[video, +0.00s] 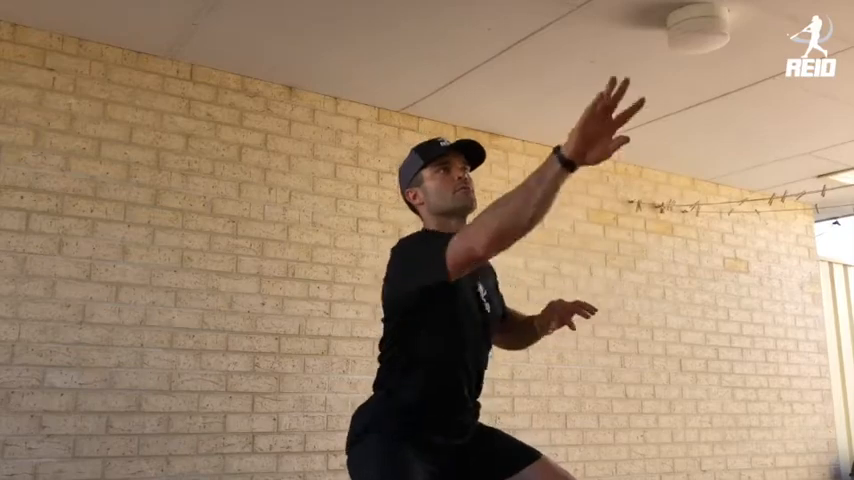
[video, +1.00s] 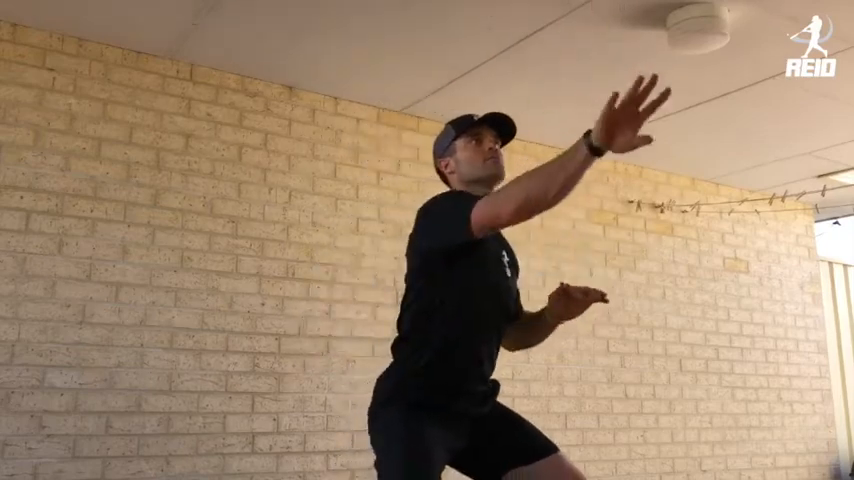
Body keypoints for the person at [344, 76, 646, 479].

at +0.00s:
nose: (462, 175)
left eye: (464, 168)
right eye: (444, 169)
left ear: (472, 182)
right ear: (415, 197)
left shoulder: (477, 265)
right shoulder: (411, 257)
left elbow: (501, 328)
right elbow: (482, 241)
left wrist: (540, 324)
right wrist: (568, 156)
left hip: (461, 436)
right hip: (396, 439)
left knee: (557, 476)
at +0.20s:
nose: (443, 149)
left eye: (447, 143)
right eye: (424, 144)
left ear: (455, 160)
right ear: (401, 175)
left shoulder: (484, 237)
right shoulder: (381, 245)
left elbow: (575, 282)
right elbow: (388, 333)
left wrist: (537, 236)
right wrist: (464, 264)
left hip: (464, 414)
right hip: (395, 414)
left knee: (556, 476)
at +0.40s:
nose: (408, 140)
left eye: (413, 134)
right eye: (388, 137)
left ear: (425, 154)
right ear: (365, 169)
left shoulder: (465, 212)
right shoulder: (347, 251)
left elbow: (534, 156)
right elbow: (313, 357)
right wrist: (349, 324)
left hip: (460, 408)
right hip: (383, 411)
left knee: (547, 475)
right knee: (365, 476)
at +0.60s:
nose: (413, 130)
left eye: (417, 125)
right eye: (394, 126)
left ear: (426, 144)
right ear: (368, 156)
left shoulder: (467, 212)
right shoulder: (346, 238)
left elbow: (564, 218)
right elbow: (316, 340)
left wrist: (561, 161)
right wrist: (372, 287)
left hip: (454, 400)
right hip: (378, 403)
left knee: (542, 476)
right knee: (362, 475)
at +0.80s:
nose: (457, 136)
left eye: (462, 132)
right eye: (439, 132)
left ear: (472, 149)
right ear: (412, 160)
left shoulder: (492, 240)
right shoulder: (396, 218)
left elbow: (532, 316)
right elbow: (411, 252)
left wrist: (555, 298)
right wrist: (478, 185)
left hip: (461, 405)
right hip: (393, 402)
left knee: (551, 475)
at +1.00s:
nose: (493, 146)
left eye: (497, 141)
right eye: (474, 140)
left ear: (502, 160)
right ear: (447, 165)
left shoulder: (501, 252)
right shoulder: (438, 215)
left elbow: (512, 335)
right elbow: (515, 205)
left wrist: (552, 314)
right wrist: (596, 144)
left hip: (472, 406)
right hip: (412, 406)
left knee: (563, 476)